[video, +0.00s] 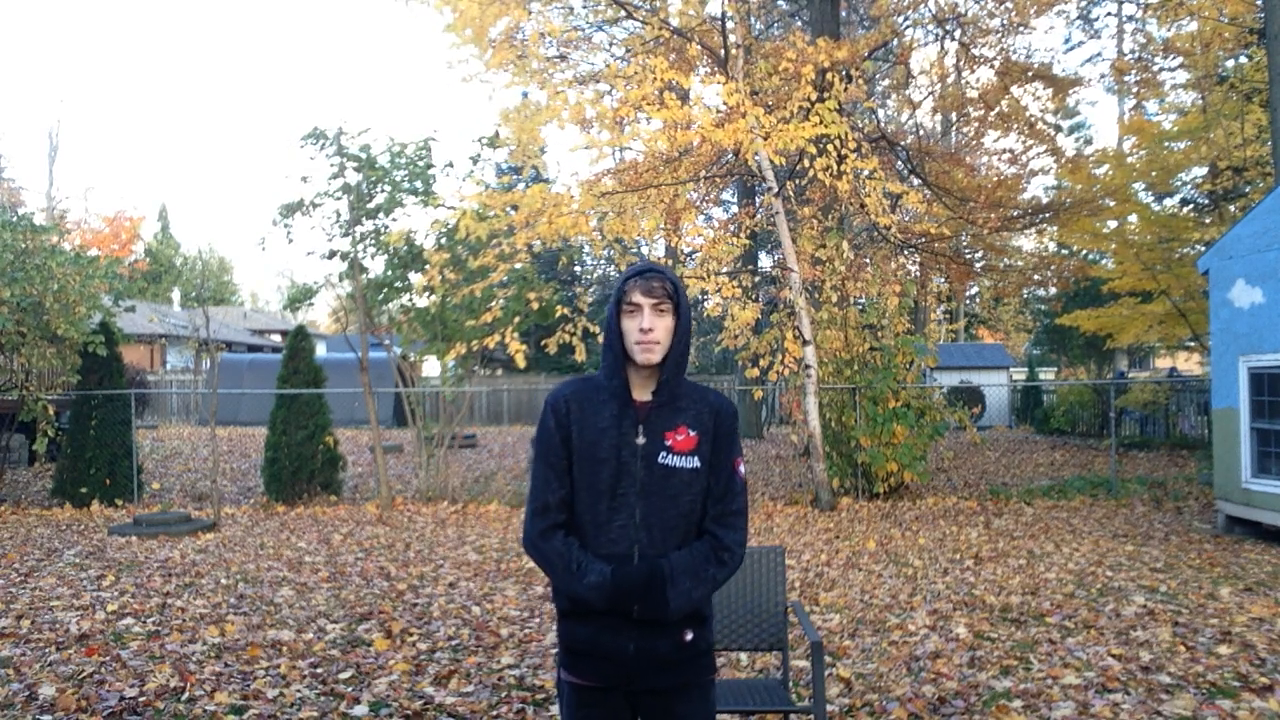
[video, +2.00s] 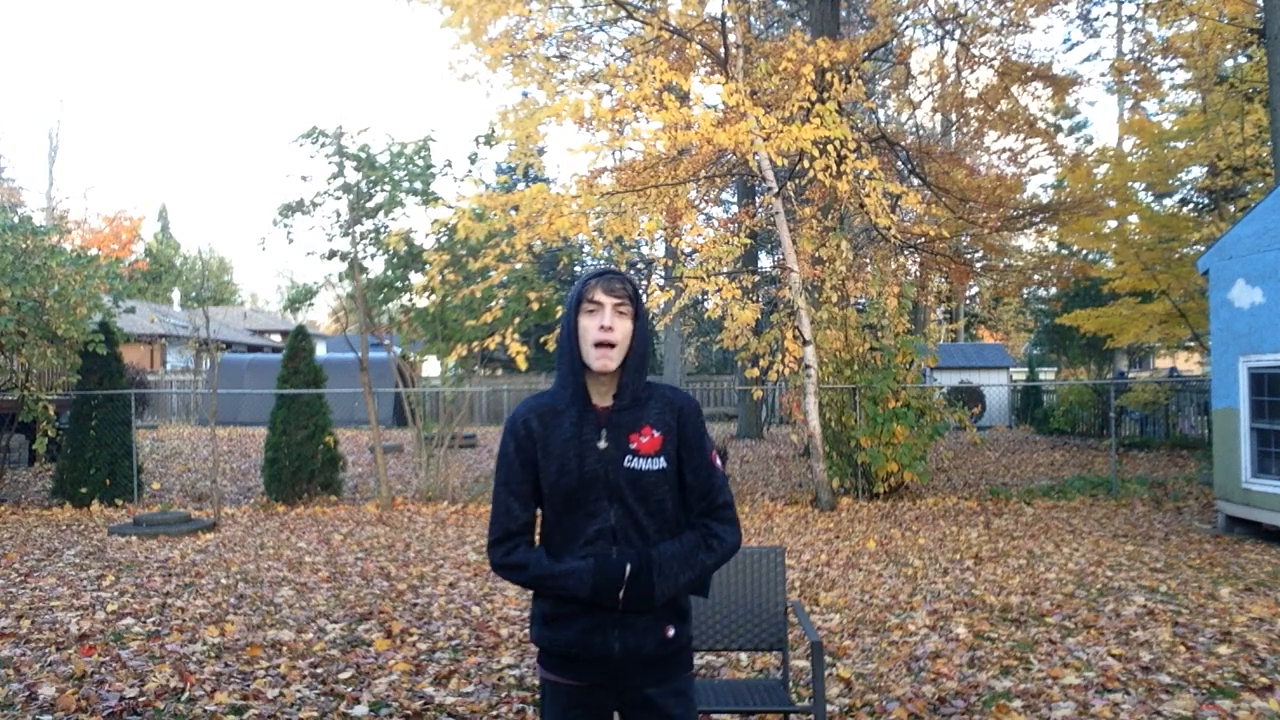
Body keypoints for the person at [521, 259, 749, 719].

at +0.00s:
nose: (645, 325)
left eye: (659, 311)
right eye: (632, 311)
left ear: (679, 324)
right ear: (616, 323)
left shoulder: (713, 412)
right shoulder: (569, 404)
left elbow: (728, 537)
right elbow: (540, 529)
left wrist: (661, 583)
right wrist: (606, 585)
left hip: (680, 652)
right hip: (591, 653)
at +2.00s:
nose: (606, 325)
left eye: (621, 312)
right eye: (592, 310)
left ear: (637, 329)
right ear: (571, 326)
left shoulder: (676, 412)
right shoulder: (533, 421)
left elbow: (722, 528)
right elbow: (506, 549)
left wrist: (648, 573)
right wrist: (593, 577)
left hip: (661, 659)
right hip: (569, 661)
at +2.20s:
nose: (621, 320)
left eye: (633, 306)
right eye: (605, 308)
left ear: (653, 319)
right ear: (588, 323)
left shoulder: (689, 409)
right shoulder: (545, 407)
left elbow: (713, 529)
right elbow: (515, 532)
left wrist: (651, 578)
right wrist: (594, 577)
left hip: (667, 648)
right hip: (578, 651)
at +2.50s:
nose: (639, 322)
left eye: (652, 307)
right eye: (623, 309)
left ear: (672, 319)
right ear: (608, 323)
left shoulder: (709, 411)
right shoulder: (566, 405)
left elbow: (732, 531)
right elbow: (536, 528)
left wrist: (667, 579)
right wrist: (611, 578)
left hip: (681, 651)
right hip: (590, 651)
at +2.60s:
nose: (642, 331)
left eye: (656, 316)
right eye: (628, 318)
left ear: (676, 329)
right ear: (612, 331)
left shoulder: (714, 423)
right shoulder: (569, 416)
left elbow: (741, 542)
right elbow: (543, 539)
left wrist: (676, 590)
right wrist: (619, 590)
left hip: (688, 659)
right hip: (596, 659)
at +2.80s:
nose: (633, 319)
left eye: (647, 306)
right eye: (619, 305)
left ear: (666, 319)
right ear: (602, 317)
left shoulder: (703, 404)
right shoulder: (560, 404)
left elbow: (733, 523)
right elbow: (532, 528)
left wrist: (668, 573)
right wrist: (614, 575)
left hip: (679, 646)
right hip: (591, 647)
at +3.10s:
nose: (616, 323)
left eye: (630, 310)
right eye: (602, 309)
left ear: (648, 324)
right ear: (584, 321)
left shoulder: (685, 409)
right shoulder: (542, 410)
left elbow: (725, 526)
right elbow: (510, 532)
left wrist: (652, 572)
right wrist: (589, 577)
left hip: (662, 651)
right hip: (573, 653)